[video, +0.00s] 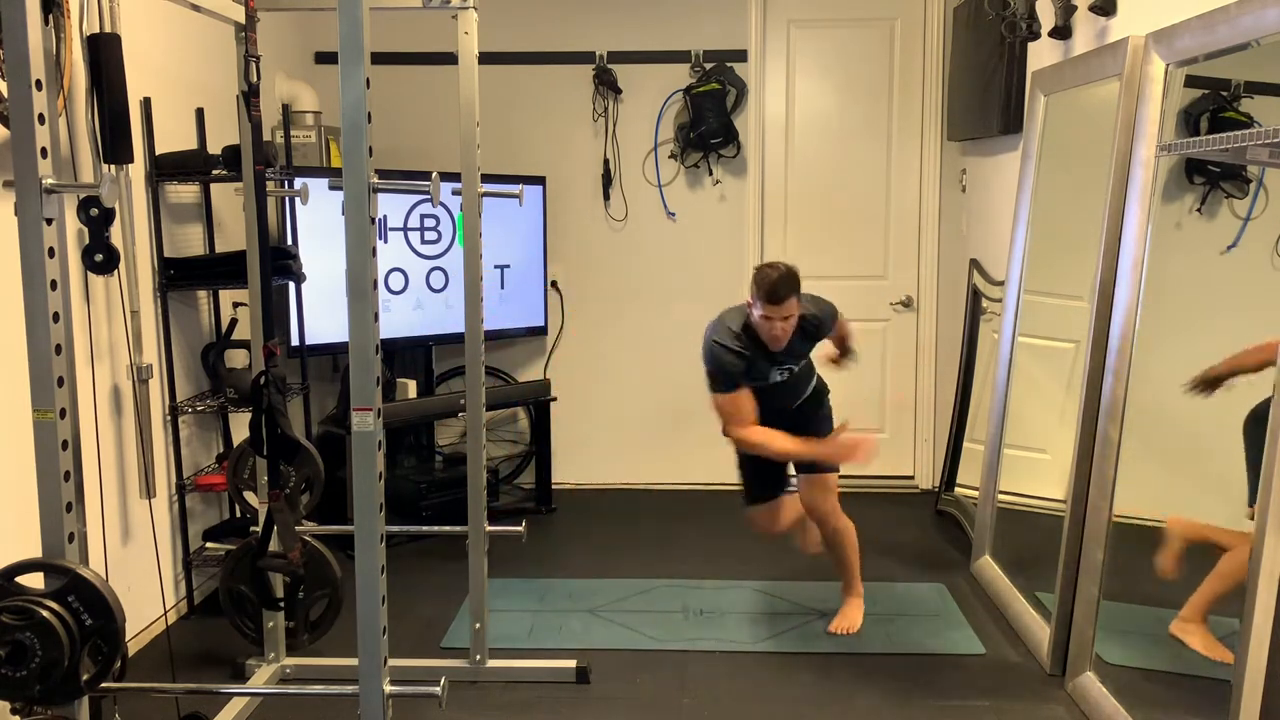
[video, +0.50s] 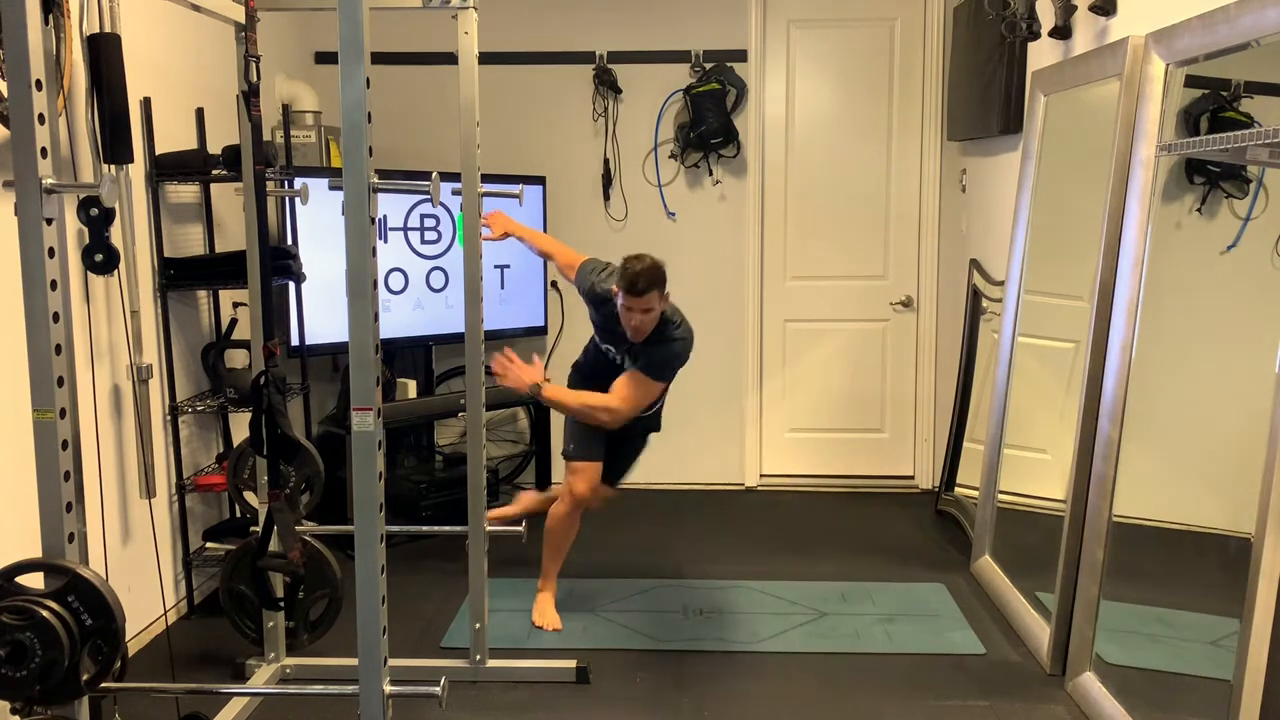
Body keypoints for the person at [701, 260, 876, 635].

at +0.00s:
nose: (779, 329)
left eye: (787, 318)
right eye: (769, 319)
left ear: (799, 306)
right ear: (751, 306)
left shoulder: (814, 316)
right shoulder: (724, 342)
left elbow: (839, 329)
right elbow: (740, 430)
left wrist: (843, 350)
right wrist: (820, 450)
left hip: (805, 406)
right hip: (756, 419)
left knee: (821, 507)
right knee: (768, 522)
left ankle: (853, 594)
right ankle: (807, 506)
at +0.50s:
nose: (635, 321)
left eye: (645, 312)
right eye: (627, 310)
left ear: (664, 302)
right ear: (616, 296)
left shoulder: (675, 338)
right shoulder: (601, 285)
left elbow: (615, 410)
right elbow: (560, 257)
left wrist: (540, 388)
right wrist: (514, 228)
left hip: (639, 409)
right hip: (590, 385)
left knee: (597, 495)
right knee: (577, 491)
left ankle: (531, 502)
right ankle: (546, 592)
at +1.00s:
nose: (693, 291)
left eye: (702, 281)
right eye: (684, 281)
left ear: (713, 270)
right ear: (666, 268)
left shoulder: (733, 288)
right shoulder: (633, 296)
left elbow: (794, 323)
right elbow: (558, 356)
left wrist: (793, 395)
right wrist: (560, 435)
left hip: (695, 390)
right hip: (631, 392)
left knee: (746, 480)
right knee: (591, 488)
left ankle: (785, 554)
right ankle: (546, 587)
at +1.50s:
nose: (822, 334)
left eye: (831, 323)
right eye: (811, 324)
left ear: (841, 309)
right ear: (790, 311)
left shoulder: (809, 299)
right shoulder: (777, 367)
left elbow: (785, 287)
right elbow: (855, 428)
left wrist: (753, 305)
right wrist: (892, 360)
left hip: (827, 397)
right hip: (785, 427)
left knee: (855, 497)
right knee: (840, 485)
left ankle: (869, 593)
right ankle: (882, 507)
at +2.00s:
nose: (690, 305)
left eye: (699, 295)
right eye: (680, 294)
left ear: (713, 282)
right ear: (665, 278)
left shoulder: (729, 304)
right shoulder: (633, 286)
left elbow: (765, 389)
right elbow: (582, 283)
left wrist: (706, 453)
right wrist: (550, 288)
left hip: (698, 392)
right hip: (636, 390)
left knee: (746, 485)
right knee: (603, 495)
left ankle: (763, 540)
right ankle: (554, 586)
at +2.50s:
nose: (626, 348)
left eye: (635, 339)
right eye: (617, 339)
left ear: (648, 325)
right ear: (601, 322)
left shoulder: (661, 355)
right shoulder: (582, 308)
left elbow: (623, 444)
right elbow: (511, 282)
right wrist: (447, 267)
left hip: (616, 421)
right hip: (573, 398)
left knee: (580, 504)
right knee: (556, 489)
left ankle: (523, 520)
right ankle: (545, 589)